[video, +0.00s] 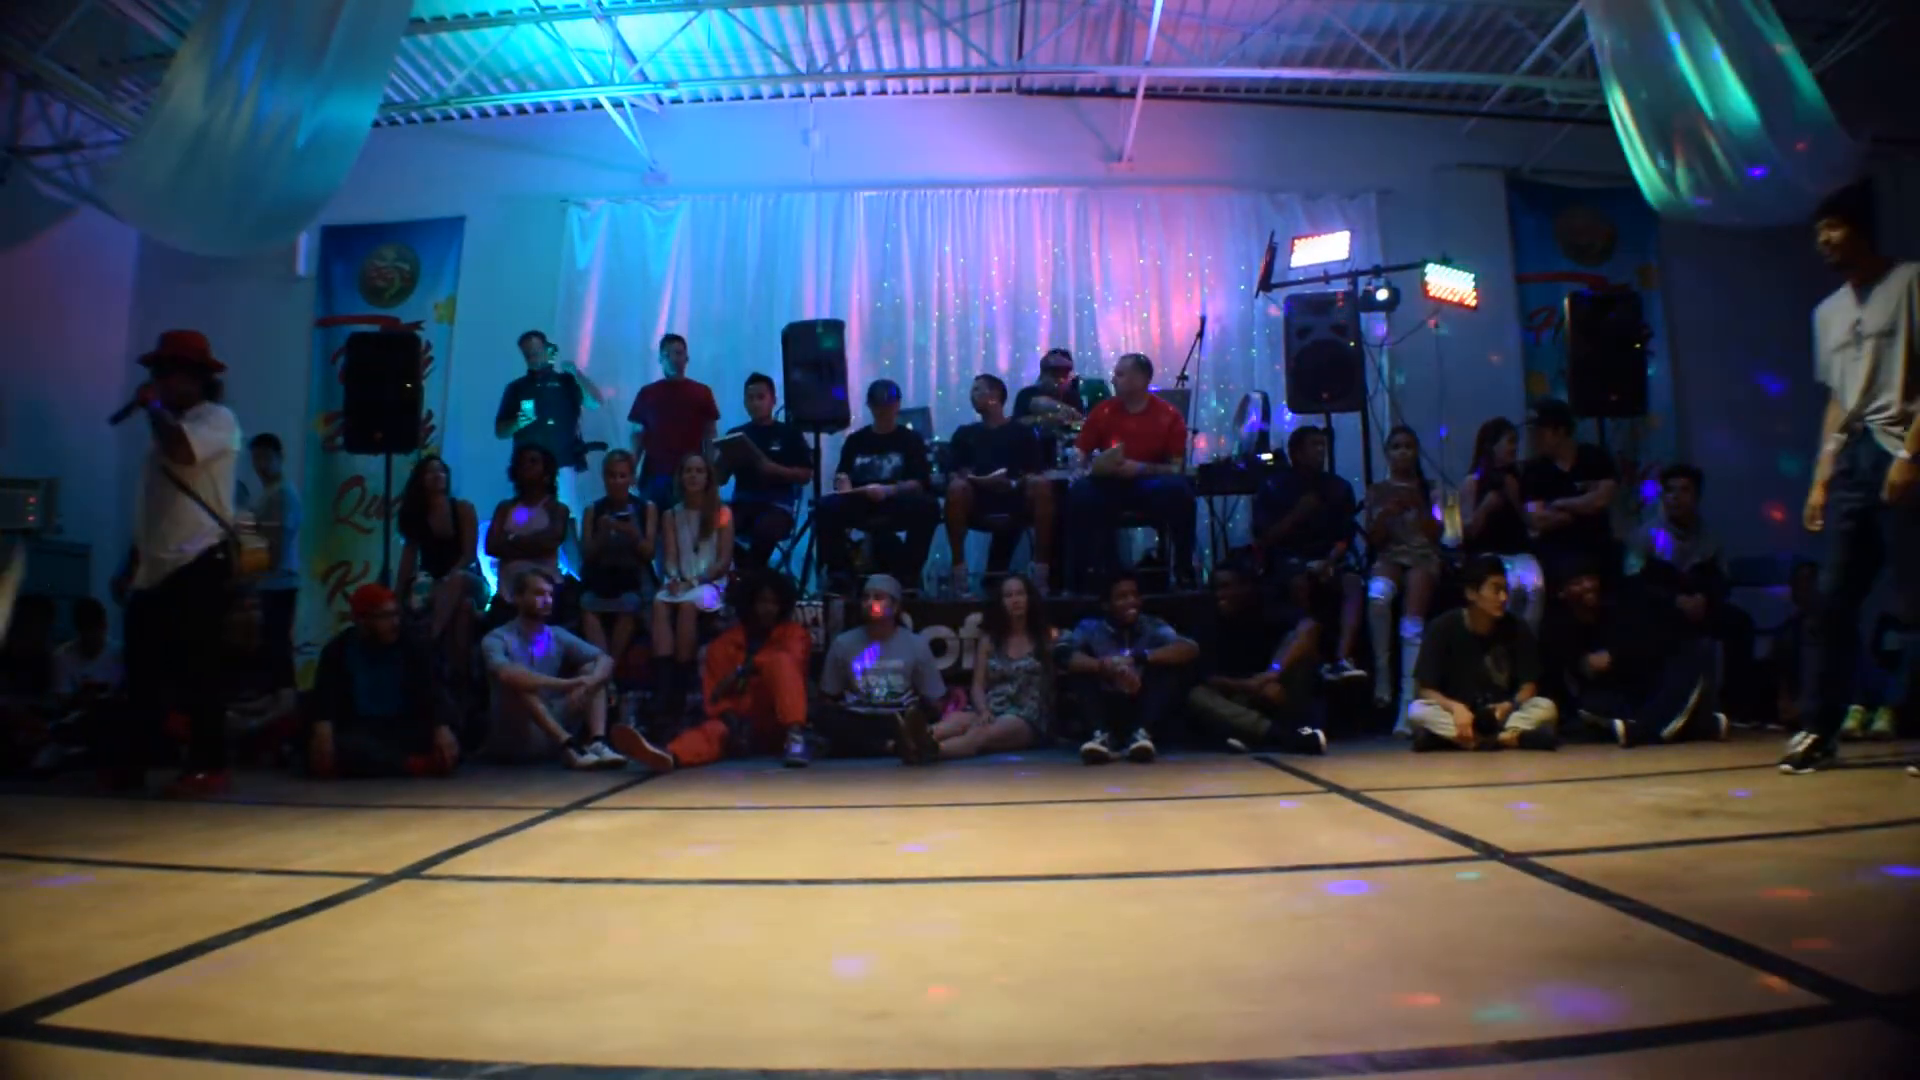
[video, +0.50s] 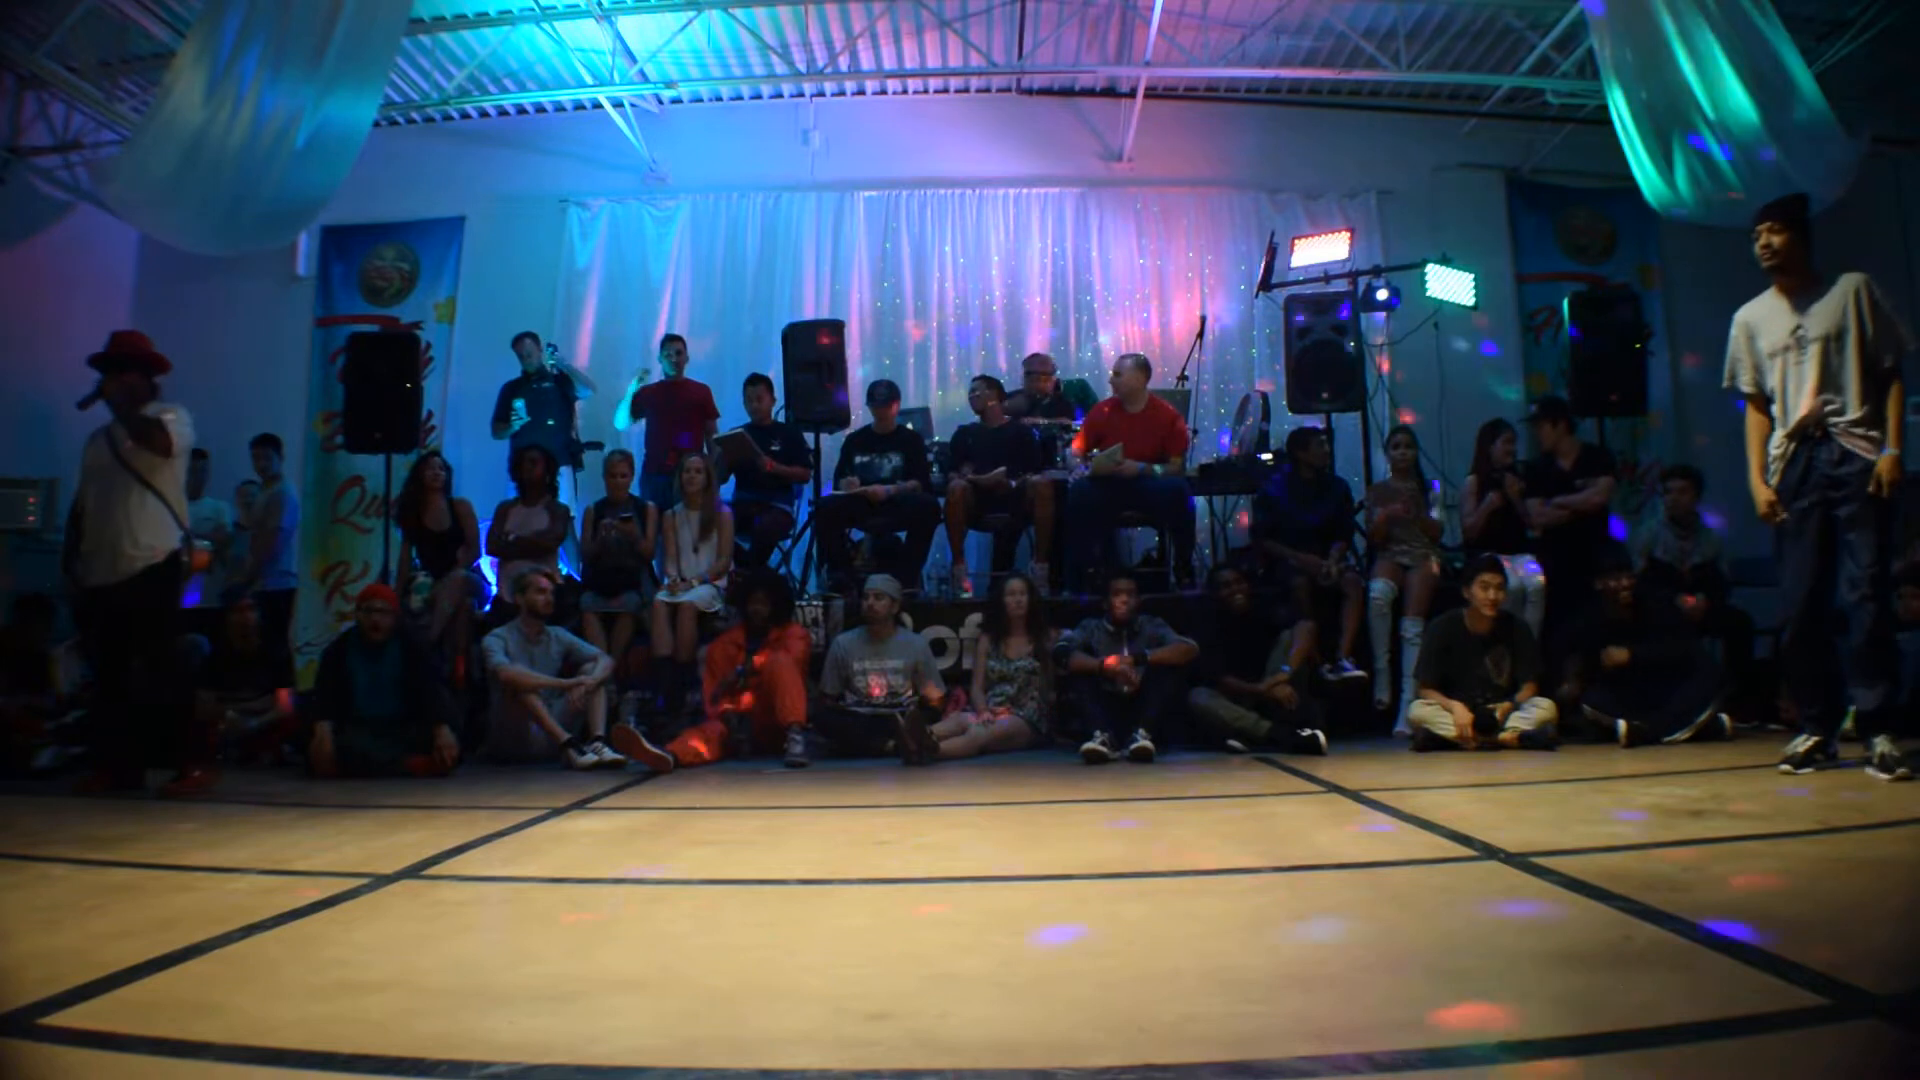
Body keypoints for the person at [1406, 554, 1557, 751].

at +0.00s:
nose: (1503, 598)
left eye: (1505, 590)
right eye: (1495, 590)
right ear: (1471, 594)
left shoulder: (1515, 628)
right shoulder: (1443, 628)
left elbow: (1529, 684)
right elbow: (1424, 689)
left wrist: (1510, 706)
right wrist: (1456, 708)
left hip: (1501, 705)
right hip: (1458, 705)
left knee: (1545, 707)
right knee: (1418, 711)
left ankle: (1461, 743)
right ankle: (1507, 740)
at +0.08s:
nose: (1504, 597)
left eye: (1505, 590)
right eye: (1496, 589)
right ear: (1472, 593)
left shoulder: (1516, 628)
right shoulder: (1442, 629)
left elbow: (1529, 685)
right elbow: (1424, 689)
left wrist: (1509, 706)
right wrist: (1456, 708)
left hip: (1502, 705)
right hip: (1458, 706)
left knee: (1545, 707)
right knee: (1418, 711)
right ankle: (1507, 740)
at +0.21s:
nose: (1503, 597)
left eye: (1505, 590)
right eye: (1495, 589)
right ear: (1471, 593)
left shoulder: (1516, 629)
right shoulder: (1443, 628)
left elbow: (1529, 685)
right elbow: (1425, 689)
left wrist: (1508, 706)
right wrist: (1456, 708)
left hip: (1502, 705)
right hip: (1458, 707)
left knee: (1545, 708)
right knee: (1418, 711)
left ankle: (1461, 743)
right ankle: (1507, 740)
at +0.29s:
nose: (1501, 597)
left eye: (1504, 590)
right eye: (1492, 589)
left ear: (1508, 592)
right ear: (1469, 593)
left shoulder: (1515, 627)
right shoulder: (1443, 629)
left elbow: (1530, 684)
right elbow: (1425, 689)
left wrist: (1509, 706)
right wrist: (1456, 708)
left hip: (1502, 705)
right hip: (1458, 707)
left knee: (1546, 707)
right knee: (1417, 711)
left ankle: (1461, 742)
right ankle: (1508, 740)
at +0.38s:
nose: (1497, 597)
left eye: (1501, 589)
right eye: (1488, 588)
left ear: (1506, 593)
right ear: (1468, 592)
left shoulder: (1515, 628)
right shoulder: (1443, 628)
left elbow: (1530, 684)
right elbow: (1424, 689)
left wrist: (1510, 706)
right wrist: (1456, 708)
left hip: (1500, 705)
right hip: (1457, 705)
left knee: (1546, 707)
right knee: (1417, 710)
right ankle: (1508, 740)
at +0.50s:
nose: (1492, 596)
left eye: (1499, 589)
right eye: (1484, 588)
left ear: (1505, 593)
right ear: (1467, 592)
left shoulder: (1515, 627)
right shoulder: (1443, 628)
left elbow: (1530, 685)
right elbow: (1425, 689)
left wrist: (1510, 706)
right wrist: (1456, 707)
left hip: (1501, 705)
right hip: (1457, 705)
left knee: (1546, 707)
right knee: (1417, 710)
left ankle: (1461, 742)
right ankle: (1508, 740)